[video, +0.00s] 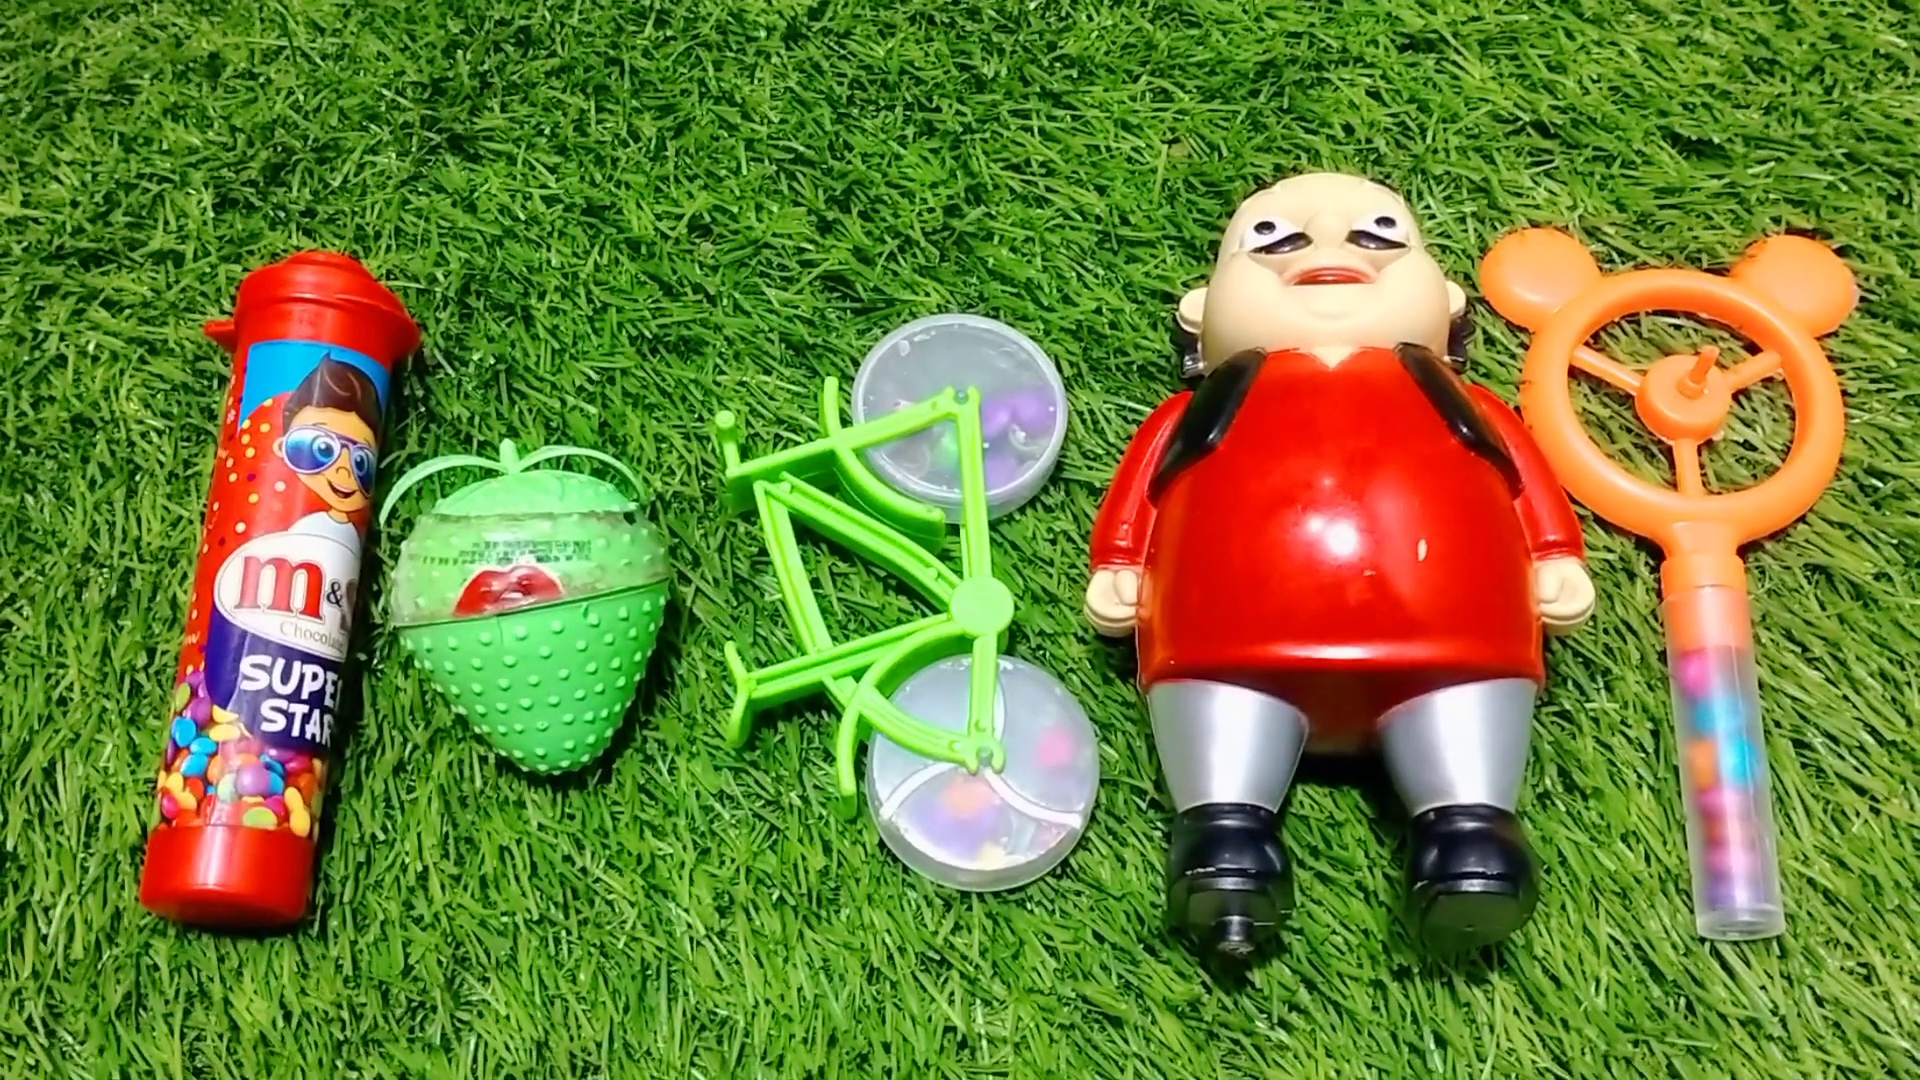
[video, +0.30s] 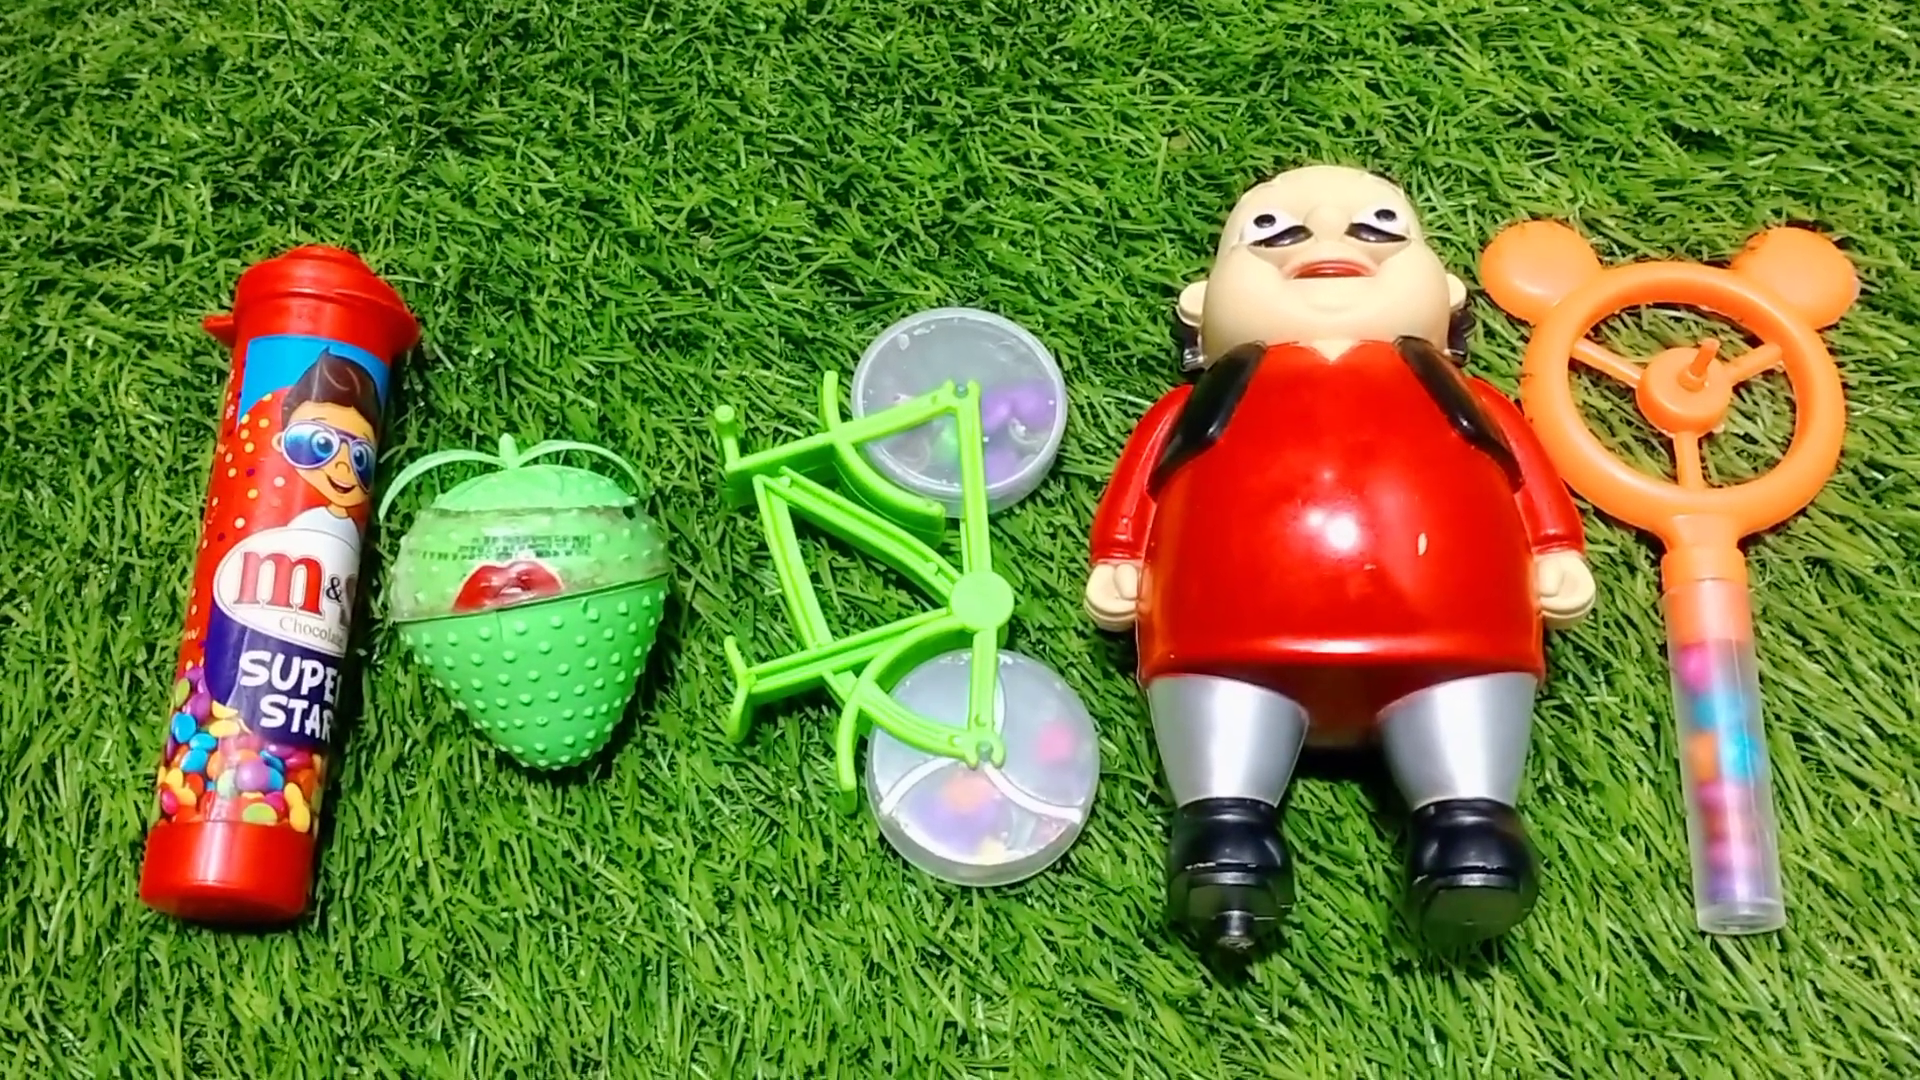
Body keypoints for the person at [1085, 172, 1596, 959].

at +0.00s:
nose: (1332, 247)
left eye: (1380, 230)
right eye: (1277, 233)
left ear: (1448, 306)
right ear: (1201, 315)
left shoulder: (1466, 401)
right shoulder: (1194, 409)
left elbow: (1525, 472)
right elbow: (1142, 483)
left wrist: (1552, 552)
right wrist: (1121, 560)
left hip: (1442, 578)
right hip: (1240, 581)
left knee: (1466, 672)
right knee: (1222, 680)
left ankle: (1468, 834)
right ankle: (1227, 842)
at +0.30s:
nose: (1331, 240)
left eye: (1380, 223)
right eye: (1277, 226)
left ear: (1448, 298)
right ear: (1201, 308)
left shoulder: (1466, 394)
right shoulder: (1194, 402)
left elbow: (1525, 464)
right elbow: (1143, 476)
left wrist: (1553, 544)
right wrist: (1121, 554)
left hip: (1443, 571)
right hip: (1240, 575)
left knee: (1467, 666)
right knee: (1221, 674)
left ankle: (1469, 826)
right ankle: (1228, 836)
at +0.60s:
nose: (1330, 242)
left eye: (1379, 224)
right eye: (1275, 227)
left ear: (1447, 301)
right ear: (1200, 310)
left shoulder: (1466, 395)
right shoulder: (1192, 404)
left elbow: (1524, 466)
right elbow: (1141, 478)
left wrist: (1552, 546)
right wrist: (1120, 555)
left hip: (1442, 570)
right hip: (1238, 575)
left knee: (1465, 665)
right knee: (1220, 673)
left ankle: (1469, 826)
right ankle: (1227, 837)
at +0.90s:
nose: (1332, 240)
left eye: (1380, 223)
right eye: (1277, 226)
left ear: (1449, 300)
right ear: (1201, 309)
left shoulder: (1467, 394)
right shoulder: (1194, 403)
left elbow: (1526, 465)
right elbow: (1142, 477)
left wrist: (1554, 545)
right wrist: (1121, 553)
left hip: (1443, 574)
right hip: (1239, 577)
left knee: (1467, 670)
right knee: (1220, 676)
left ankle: (1469, 829)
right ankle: (1228, 838)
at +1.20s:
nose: (1332, 240)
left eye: (1380, 224)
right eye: (1277, 226)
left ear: (1448, 299)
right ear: (1202, 309)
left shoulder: (1466, 394)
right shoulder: (1194, 403)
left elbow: (1526, 465)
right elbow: (1142, 477)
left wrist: (1554, 546)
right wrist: (1121, 553)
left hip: (1443, 574)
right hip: (1240, 578)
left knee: (1467, 672)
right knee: (1221, 678)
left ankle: (1469, 830)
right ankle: (1228, 838)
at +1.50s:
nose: (1332, 240)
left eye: (1380, 224)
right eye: (1277, 226)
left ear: (1449, 299)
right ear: (1202, 309)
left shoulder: (1467, 395)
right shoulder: (1194, 403)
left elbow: (1527, 466)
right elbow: (1142, 478)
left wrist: (1555, 545)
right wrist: (1121, 552)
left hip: (1443, 575)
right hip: (1240, 578)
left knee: (1467, 673)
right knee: (1221, 678)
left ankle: (1469, 830)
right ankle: (1228, 838)